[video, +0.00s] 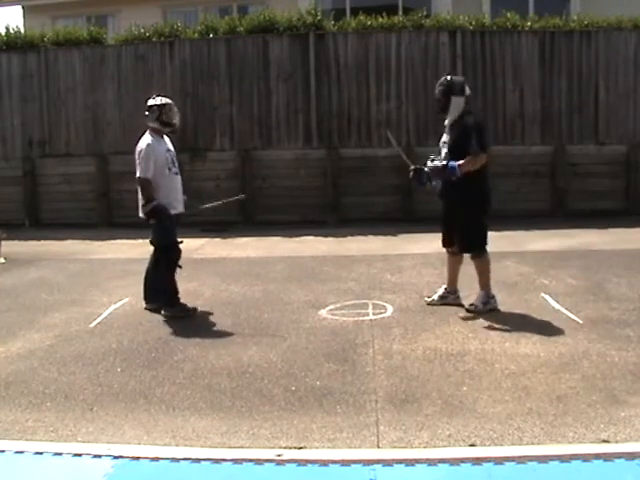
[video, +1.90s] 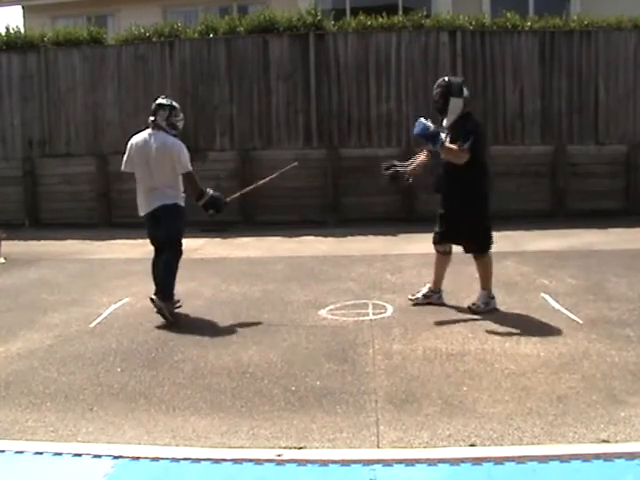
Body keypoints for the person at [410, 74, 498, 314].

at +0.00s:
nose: (439, 103)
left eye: (443, 97)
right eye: (440, 97)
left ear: (456, 98)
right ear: (450, 99)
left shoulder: (472, 124)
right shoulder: (450, 125)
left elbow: (480, 157)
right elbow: (447, 157)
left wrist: (451, 169)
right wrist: (427, 171)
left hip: (472, 197)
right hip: (453, 196)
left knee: (476, 246)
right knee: (452, 244)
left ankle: (486, 294)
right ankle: (450, 290)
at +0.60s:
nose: (443, 101)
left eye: (449, 96)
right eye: (443, 96)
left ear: (463, 99)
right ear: (445, 99)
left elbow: (480, 162)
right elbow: (424, 139)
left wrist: (452, 165)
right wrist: (416, 148)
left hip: (473, 198)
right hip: (453, 196)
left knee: (476, 248)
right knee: (443, 242)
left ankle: (486, 296)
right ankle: (435, 289)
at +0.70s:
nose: (441, 103)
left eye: (447, 98)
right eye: (442, 98)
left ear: (459, 100)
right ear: (450, 100)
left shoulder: (470, 126)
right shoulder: (443, 122)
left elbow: (472, 164)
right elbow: (421, 129)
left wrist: (444, 169)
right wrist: (410, 136)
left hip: (465, 196)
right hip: (447, 194)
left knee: (470, 247)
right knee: (439, 243)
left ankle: (485, 295)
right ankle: (433, 289)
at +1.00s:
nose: (422, 100)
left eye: (426, 97)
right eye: (424, 97)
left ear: (437, 101)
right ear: (443, 101)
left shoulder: (443, 127)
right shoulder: (446, 120)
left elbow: (438, 164)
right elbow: (426, 98)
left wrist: (414, 165)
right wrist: (403, 102)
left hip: (441, 193)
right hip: (435, 191)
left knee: (439, 243)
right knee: (432, 242)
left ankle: (474, 286)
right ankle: (432, 289)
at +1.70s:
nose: (427, 101)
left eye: (431, 96)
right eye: (427, 96)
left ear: (443, 100)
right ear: (441, 100)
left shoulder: (455, 125)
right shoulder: (437, 123)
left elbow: (454, 164)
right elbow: (411, 122)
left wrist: (424, 159)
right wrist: (388, 110)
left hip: (451, 198)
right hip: (438, 196)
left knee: (459, 247)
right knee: (432, 243)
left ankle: (483, 293)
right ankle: (431, 290)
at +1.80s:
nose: (433, 103)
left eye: (438, 98)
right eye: (433, 98)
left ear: (451, 100)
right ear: (444, 100)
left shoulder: (465, 125)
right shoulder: (442, 125)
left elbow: (459, 160)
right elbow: (419, 148)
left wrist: (432, 148)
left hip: (465, 199)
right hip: (447, 198)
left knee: (474, 247)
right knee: (439, 243)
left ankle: (486, 295)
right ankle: (433, 290)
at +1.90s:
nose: (437, 101)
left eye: (441, 97)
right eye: (436, 96)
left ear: (456, 99)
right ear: (440, 100)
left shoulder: (469, 125)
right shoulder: (446, 124)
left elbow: (461, 156)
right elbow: (431, 151)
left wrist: (435, 140)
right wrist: (411, 167)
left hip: (473, 198)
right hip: (452, 197)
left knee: (479, 246)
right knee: (442, 241)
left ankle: (486, 295)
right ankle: (435, 289)